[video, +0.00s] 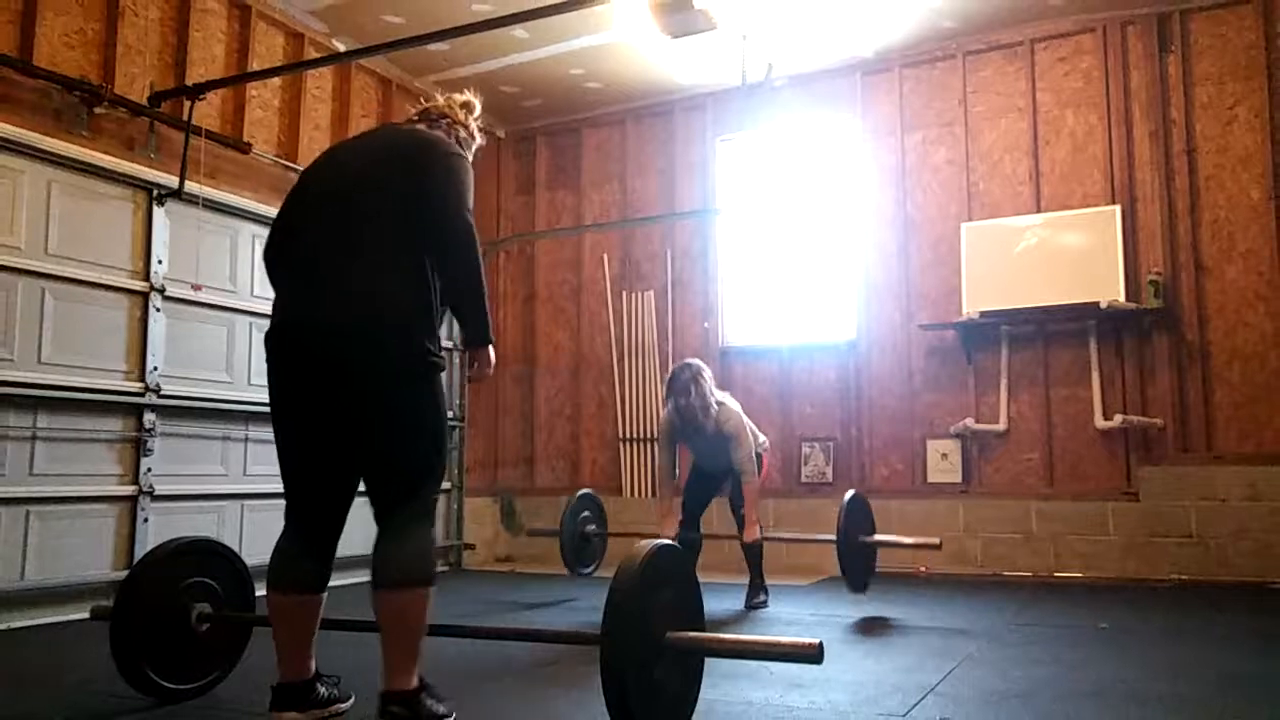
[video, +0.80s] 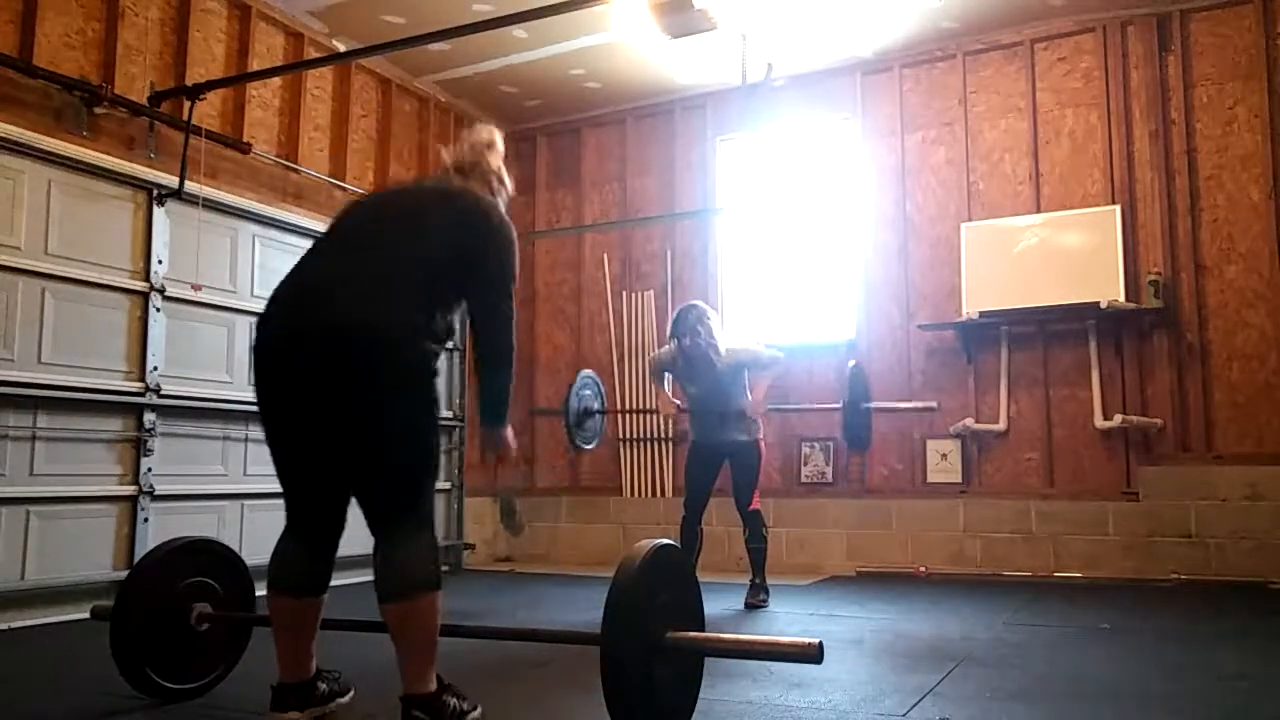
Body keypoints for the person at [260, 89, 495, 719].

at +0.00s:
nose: (469, 161)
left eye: (473, 154)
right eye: (471, 153)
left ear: (416, 120)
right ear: (458, 135)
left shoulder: (336, 155)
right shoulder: (442, 155)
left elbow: (278, 245)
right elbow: (453, 237)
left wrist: (308, 320)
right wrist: (479, 335)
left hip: (299, 350)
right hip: (392, 352)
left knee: (310, 512)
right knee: (407, 512)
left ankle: (294, 684)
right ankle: (402, 689)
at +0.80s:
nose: (506, 204)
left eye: (506, 196)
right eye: (507, 195)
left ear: (449, 172)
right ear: (496, 185)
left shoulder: (387, 200)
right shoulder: (487, 222)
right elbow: (493, 325)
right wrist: (495, 419)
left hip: (287, 348)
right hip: (382, 363)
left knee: (311, 515)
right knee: (404, 524)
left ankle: (294, 684)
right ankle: (422, 694)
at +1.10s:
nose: (511, 355)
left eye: (512, 348)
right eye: (511, 347)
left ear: (468, 317)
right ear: (504, 339)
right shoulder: (489, 361)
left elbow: (343, 460)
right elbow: (490, 478)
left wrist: (330, 575)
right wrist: (492, 577)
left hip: (259, 361)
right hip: (369, 370)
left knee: (316, 518)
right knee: (423, 529)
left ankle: (298, 686)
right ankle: (425, 694)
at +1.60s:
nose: (504, 368)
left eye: (507, 360)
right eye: (505, 359)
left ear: (454, 332)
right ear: (497, 352)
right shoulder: (485, 383)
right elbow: (494, 509)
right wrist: (495, 604)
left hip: (249, 394)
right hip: (363, 404)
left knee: (338, 520)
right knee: (432, 526)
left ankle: (298, 684)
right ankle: (426, 693)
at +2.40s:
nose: (496, 248)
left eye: (499, 240)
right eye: (496, 240)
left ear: (444, 211)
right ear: (489, 229)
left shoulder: (375, 234)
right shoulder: (476, 238)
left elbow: (277, 274)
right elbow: (491, 357)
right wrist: (479, 361)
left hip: (264, 360)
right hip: (362, 368)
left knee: (324, 520)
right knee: (415, 524)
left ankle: (297, 685)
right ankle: (424, 696)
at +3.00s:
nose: (501, 379)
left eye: (504, 371)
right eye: (502, 369)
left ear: (453, 339)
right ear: (489, 352)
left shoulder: (396, 351)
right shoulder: (480, 386)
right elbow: (496, 502)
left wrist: (331, 589)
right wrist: (502, 597)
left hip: (246, 408)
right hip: (358, 414)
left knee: (342, 520)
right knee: (437, 519)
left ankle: (299, 687)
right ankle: (427, 694)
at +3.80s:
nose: (522, 166)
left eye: (524, 155)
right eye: (523, 153)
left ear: (468, 132)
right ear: (511, 146)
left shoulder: (432, 183)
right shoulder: (472, 196)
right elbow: (449, 297)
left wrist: (483, 305)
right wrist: (439, 356)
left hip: (331, 350)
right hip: (381, 365)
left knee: (366, 520)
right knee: (393, 521)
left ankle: (273, 664)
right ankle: (325, 686)